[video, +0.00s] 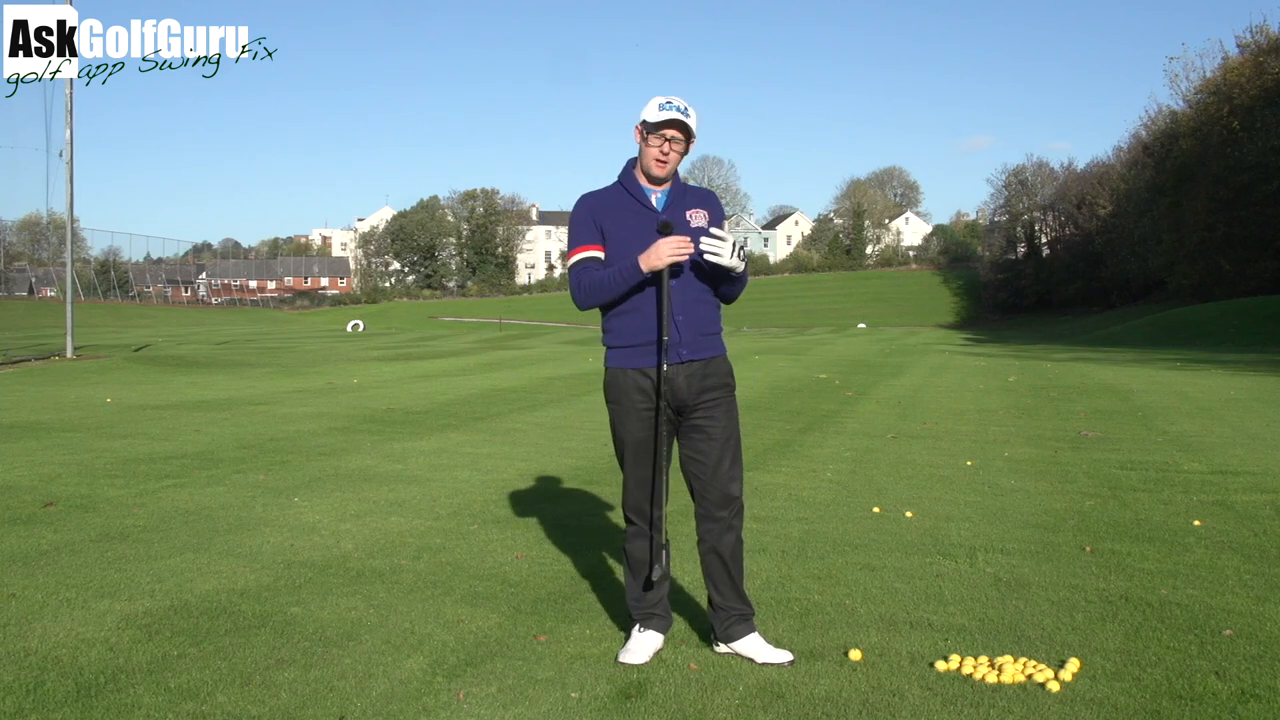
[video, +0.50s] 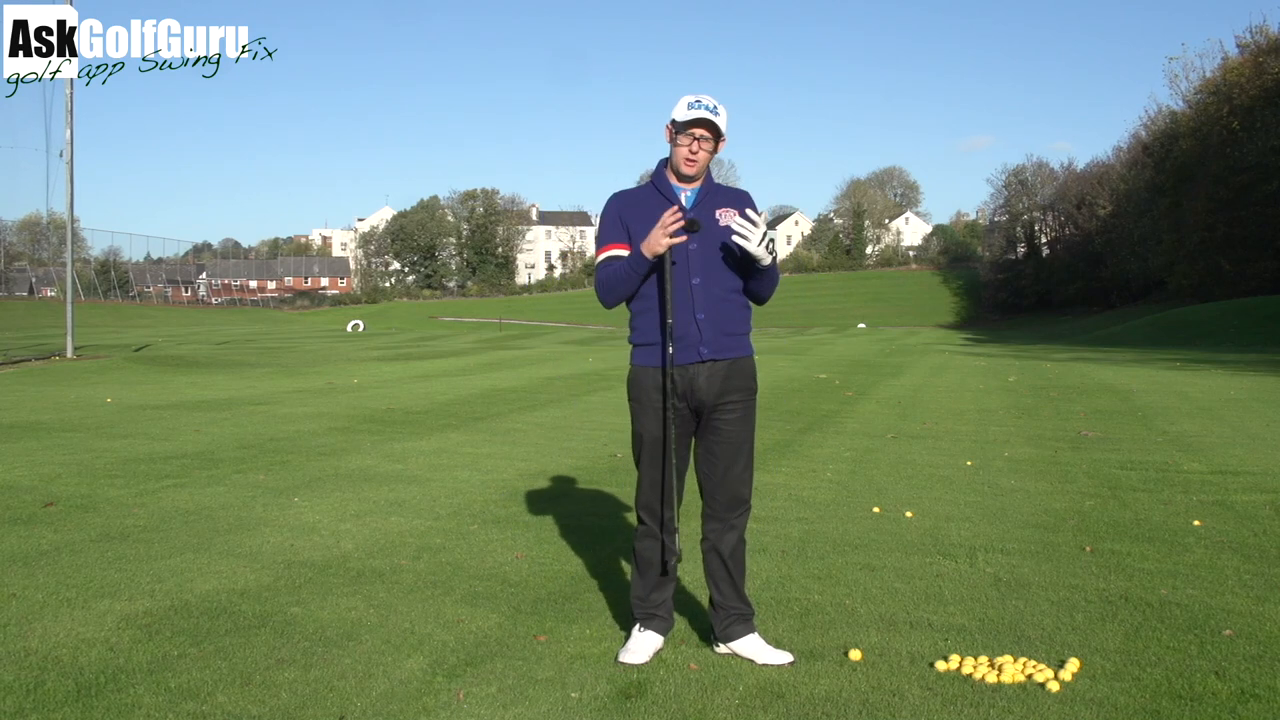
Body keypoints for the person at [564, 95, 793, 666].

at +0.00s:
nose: (666, 146)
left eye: (677, 140)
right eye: (658, 135)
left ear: (688, 148)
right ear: (639, 137)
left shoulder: (705, 205)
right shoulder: (595, 207)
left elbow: (728, 290)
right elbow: (585, 291)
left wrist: (730, 264)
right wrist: (643, 263)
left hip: (705, 369)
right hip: (633, 374)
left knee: (721, 501)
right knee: (642, 504)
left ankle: (732, 626)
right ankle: (649, 621)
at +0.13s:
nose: (672, 145)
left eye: (683, 138)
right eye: (664, 134)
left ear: (696, 147)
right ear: (647, 137)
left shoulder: (713, 205)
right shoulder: (601, 206)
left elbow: (737, 291)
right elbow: (591, 289)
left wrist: (737, 262)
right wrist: (647, 259)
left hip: (711, 370)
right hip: (638, 374)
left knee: (721, 503)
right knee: (645, 505)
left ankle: (733, 626)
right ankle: (649, 621)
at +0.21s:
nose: (678, 145)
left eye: (689, 138)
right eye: (670, 134)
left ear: (701, 146)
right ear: (653, 137)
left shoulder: (720, 205)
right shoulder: (607, 206)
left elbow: (743, 291)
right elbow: (595, 289)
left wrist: (738, 259)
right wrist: (649, 258)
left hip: (714, 370)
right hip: (642, 373)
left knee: (722, 504)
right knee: (647, 504)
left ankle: (732, 627)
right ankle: (649, 621)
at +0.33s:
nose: (684, 145)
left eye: (696, 137)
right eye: (677, 134)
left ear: (708, 146)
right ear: (660, 137)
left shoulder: (728, 204)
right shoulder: (615, 206)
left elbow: (751, 292)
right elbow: (602, 289)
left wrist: (748, 260)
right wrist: (651, 258)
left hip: (721, 370)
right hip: (648, 372)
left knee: (725, 505)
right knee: (651, 505)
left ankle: (732, 627)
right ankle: (650, 621)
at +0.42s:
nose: (690, 144)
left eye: (701, 136)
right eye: (682, 134)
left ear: (713, 145)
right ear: (665, 137)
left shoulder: (732, 204)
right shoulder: (620, 206)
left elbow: (756, 292)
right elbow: (606, 290)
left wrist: (757, 260)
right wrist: (648, 253)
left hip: (725, 370)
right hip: (652, 372)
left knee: (727, 505)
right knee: (653, 505)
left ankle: (732, 627)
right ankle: (650, 621)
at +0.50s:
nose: (695, 144)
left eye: (706, 137)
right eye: (687, 134)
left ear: (717, 146)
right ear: (670, 138)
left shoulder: (737, 204)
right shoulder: (625, 207)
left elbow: (761, 292)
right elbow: (609, 292)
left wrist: (763, 258)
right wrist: (646, 250)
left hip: (730, 371)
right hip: (656, 373)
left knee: (729, 506)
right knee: (656, 506)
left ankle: (733, 627)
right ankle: (650, 621)